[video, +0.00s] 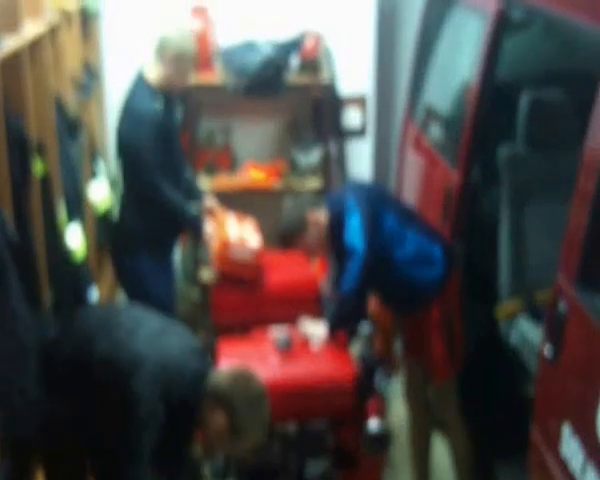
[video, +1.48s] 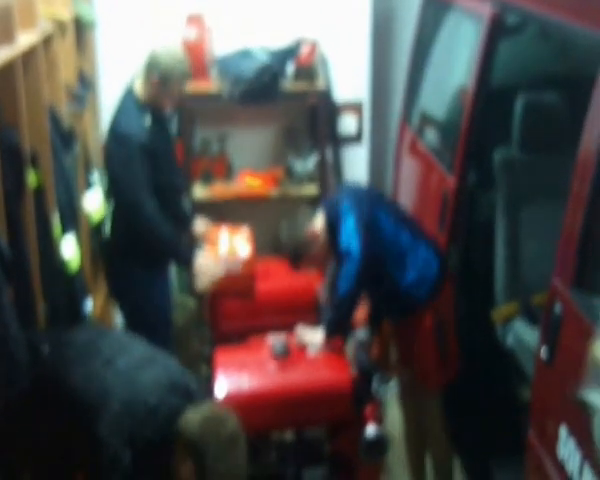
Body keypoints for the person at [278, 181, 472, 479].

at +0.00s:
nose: (312, 251)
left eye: (307, 244)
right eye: (305, 248)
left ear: (313, 223)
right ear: (315, 224)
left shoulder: (354, 200)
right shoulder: (340, 229)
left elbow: (359, 261)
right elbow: (347, 281)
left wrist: (335, 323)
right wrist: (335, 326)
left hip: (438, 292)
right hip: (410, 302)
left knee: (445, 397)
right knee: (416, 400)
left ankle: (464, 471)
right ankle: (415, 471)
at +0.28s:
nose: (314, 270)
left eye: (309, 264)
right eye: (309, 268)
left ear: (307, 243)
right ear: (308, 245)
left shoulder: (344, 211)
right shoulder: (336, 254)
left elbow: (347, 272)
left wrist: (333, 331)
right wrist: (384, 355)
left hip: (436, 294)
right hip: (407, 307)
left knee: (446, 401)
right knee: (413, 398)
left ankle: (473, 471)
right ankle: (418, 473)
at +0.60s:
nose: (310, 296)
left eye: (303, 292)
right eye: (304, 296)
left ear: (300, 268)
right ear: (303, 269)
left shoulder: (332, 229)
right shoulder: (331, 282)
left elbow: (339, 283)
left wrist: (328, 335)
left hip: (429, 293)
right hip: (396, 314)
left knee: (445, 398)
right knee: (406, 401)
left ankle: (473, 472)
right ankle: (414, 474)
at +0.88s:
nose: (313, 314)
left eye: (306, 308)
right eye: (307, 313)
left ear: (302, 284)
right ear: (306, 283)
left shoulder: (330, 236)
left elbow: (338, 276)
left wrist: (327, 337)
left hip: (430, 292)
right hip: (397, 315)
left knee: (442, 408)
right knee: (400, 406)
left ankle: (470, 473)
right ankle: (413, 475)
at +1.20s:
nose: (320, 295)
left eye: (312, 289)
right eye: (312, 294)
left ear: (307, 265)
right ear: (308, 263)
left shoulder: (339, 225)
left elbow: (344, 284)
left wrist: (326, 334)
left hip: (430, 293)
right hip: (399, 311)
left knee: (436, 406)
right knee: (404, 403)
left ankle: (460, 472)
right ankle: (413, 473)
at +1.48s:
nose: (320, 264)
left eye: (315, 260)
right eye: (314, 264)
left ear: (312, 239)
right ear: (312, 238)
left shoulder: (349, 205)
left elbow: (355, 264)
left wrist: (330, 329)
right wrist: (374, 335)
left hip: (428, 297)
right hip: (402, 305)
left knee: (430, 397)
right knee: (410, 397)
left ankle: (443, 471)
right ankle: (416, 472)